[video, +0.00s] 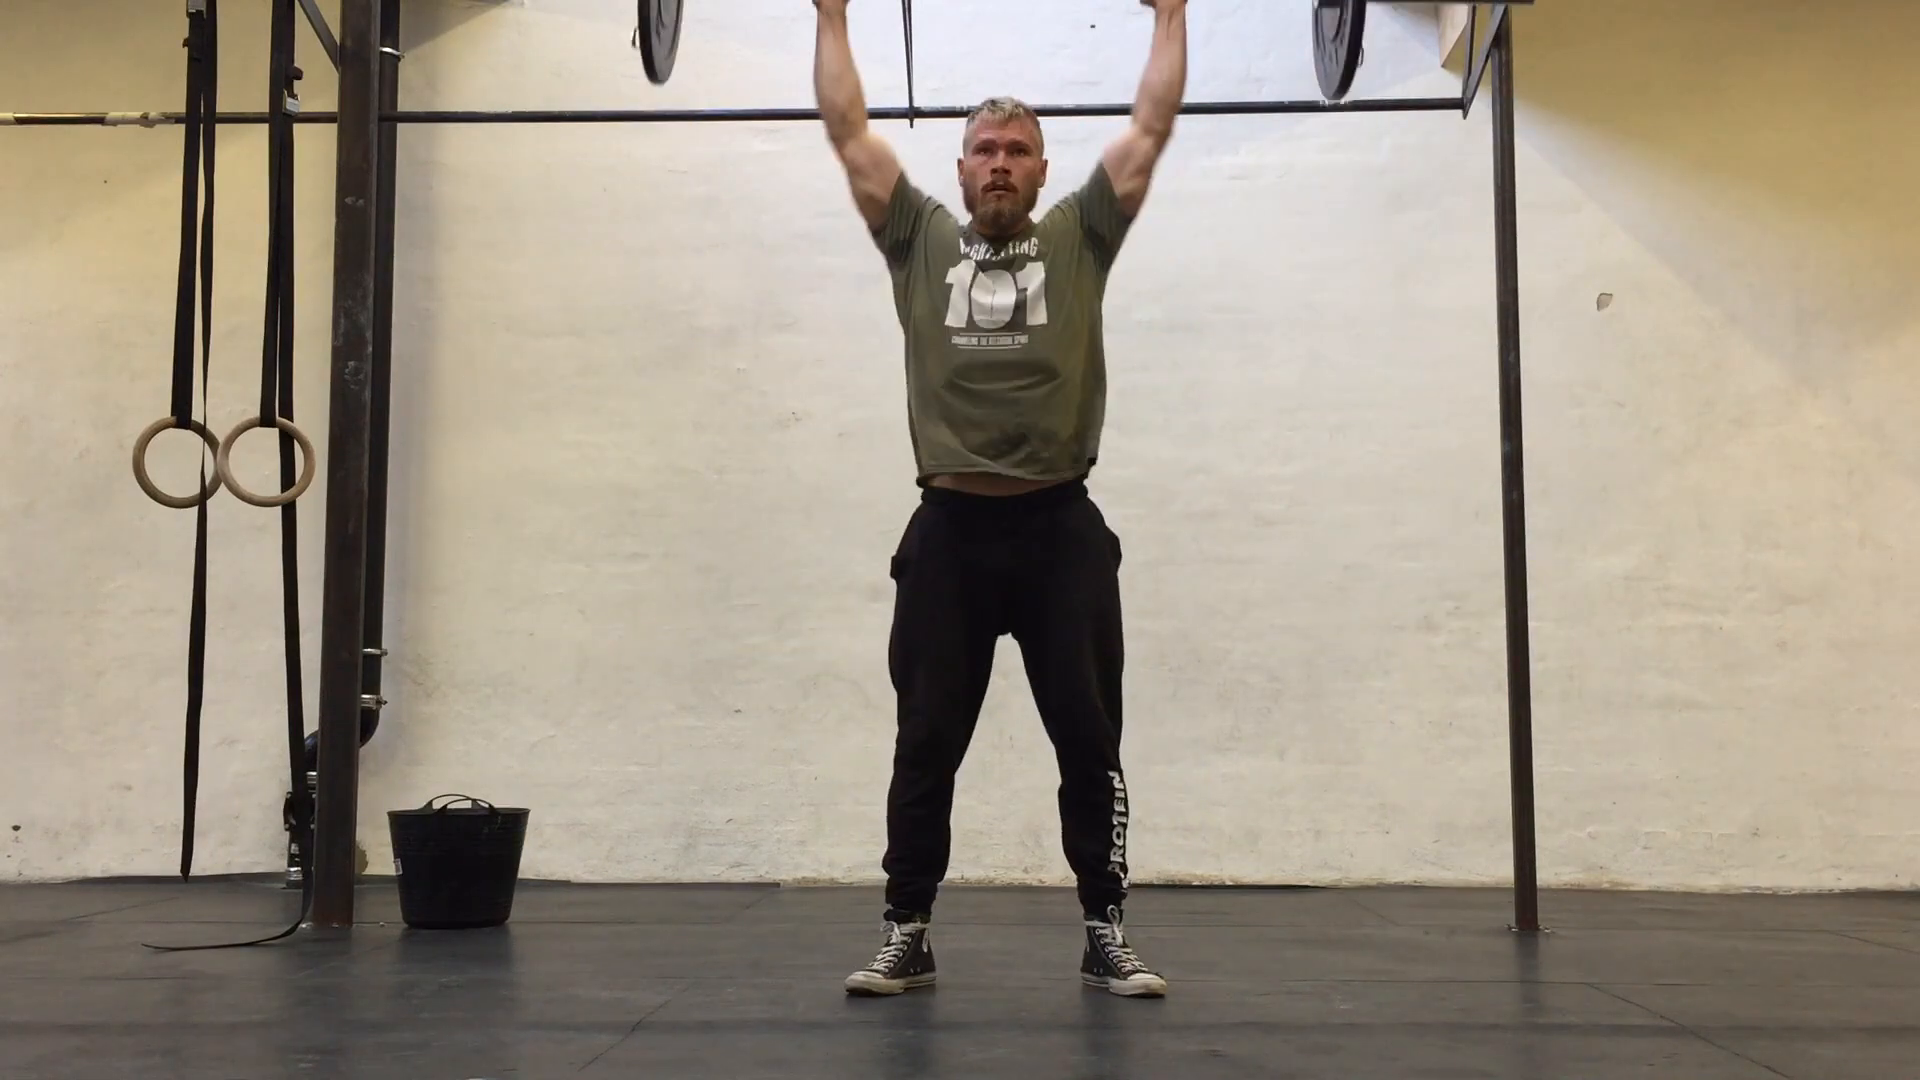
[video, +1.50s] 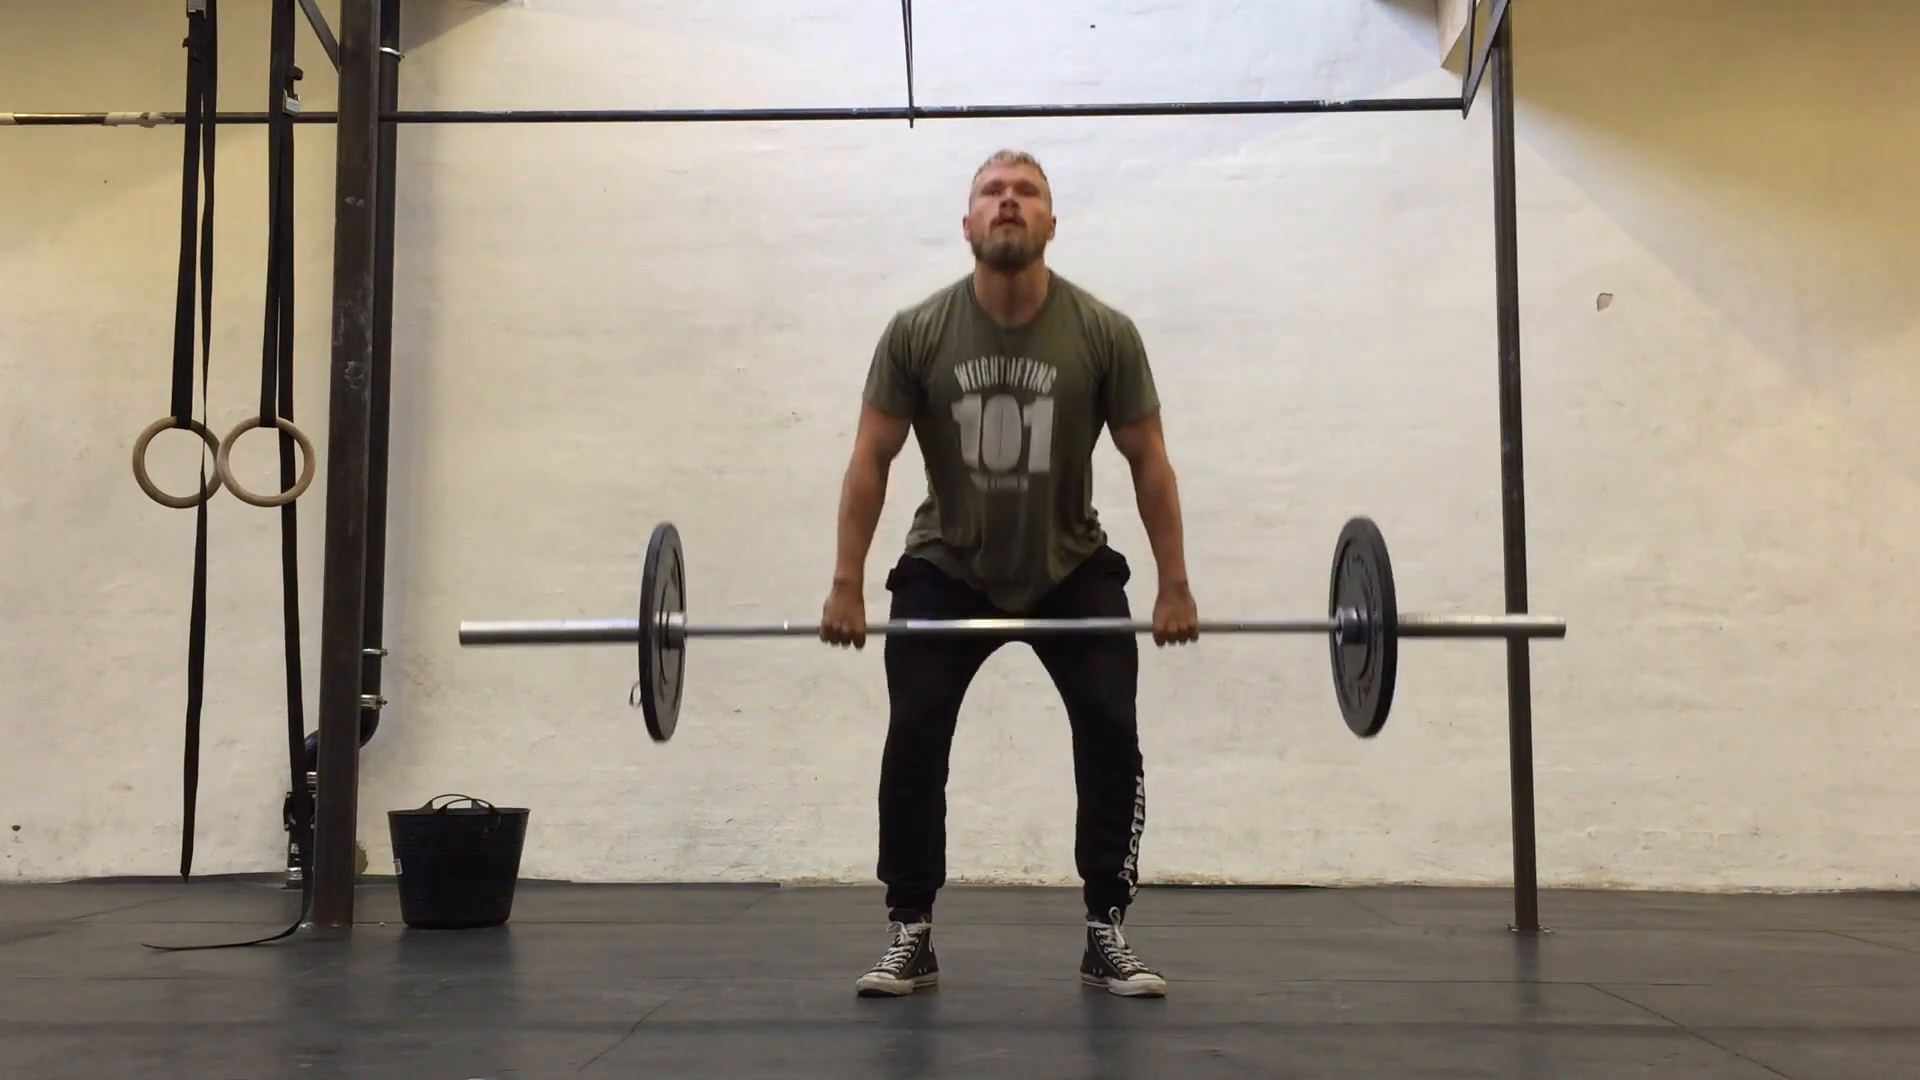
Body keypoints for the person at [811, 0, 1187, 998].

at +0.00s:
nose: (999, 163)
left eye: (1018, 151)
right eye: (983, 150)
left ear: (1042, 170)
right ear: (961, 168)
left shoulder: (1079, 241)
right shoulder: (920, 242)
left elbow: (1150, 127)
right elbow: (849, 133)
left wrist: (1170, 12)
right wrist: (830, 12)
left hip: (1061, 537)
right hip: (950, 538)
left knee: (1090, 746)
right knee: (925, 745)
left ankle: (1106, 940)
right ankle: (906, 939)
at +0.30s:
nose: (1002, 168)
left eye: (1019, 153)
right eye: (985, 153)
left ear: (1043, 167)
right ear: (960, 167)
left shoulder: (1076, 234)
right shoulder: (925, 238)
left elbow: (1135, 113)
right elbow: (863, 111)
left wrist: (1169, 6)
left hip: (1064, 538)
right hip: (952, 540)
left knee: (1092, 747)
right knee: (928, 745)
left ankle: (1108, 943)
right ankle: (907, 938)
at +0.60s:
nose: (1001, 163)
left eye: (1018, 153)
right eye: (985, 153)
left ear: (1046, 179)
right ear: (961, 180)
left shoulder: (1090, 265)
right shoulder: (921, 267)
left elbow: (1203, 217)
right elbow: (809, 215)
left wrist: (1186, 101)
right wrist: (835, 103)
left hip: (1068, 543)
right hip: (949, 543)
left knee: (1094, 746)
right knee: (922, 744)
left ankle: (1105, 944)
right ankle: (907, 942)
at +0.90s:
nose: (1005, 129)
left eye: (1022, 120)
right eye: (989, 120)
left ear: (1048, 148)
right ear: (965, 148)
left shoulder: (1089, 239)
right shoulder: (923, 236)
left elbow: (1200, 304)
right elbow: (812, 294)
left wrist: (1185, 366)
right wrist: (839, 361)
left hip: (1070, 503)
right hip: (958, 504)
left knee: (1101, 713)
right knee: (926, 711)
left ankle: (1115, 915)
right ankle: (903, 916)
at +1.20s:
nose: (1008, 229)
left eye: (1025, 218)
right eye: (991, 218)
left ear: (1052, 248)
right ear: (966, 249)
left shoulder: (1107, 364)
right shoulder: (915, 362)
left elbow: (1154, 487)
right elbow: (871, 486)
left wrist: (1180, 613)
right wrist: (849, 613)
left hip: (1070, 574)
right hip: (949, 573)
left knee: (1117, 729)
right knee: (905, 728)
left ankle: (1110, 938)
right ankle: (906, 938)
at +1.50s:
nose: (1008, 201)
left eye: (1026, 191)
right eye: (992, 190)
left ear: (1052, 224)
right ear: (966, 222)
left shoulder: (1106, 337)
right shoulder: (915, 336)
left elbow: (1149, 463)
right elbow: (870, 460)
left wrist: (1174, 583)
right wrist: (847, 582)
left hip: (1070, 566)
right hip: (950, 564)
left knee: (1111, 735)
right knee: (914, 734)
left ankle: (1109, 937)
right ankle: (909, 936)